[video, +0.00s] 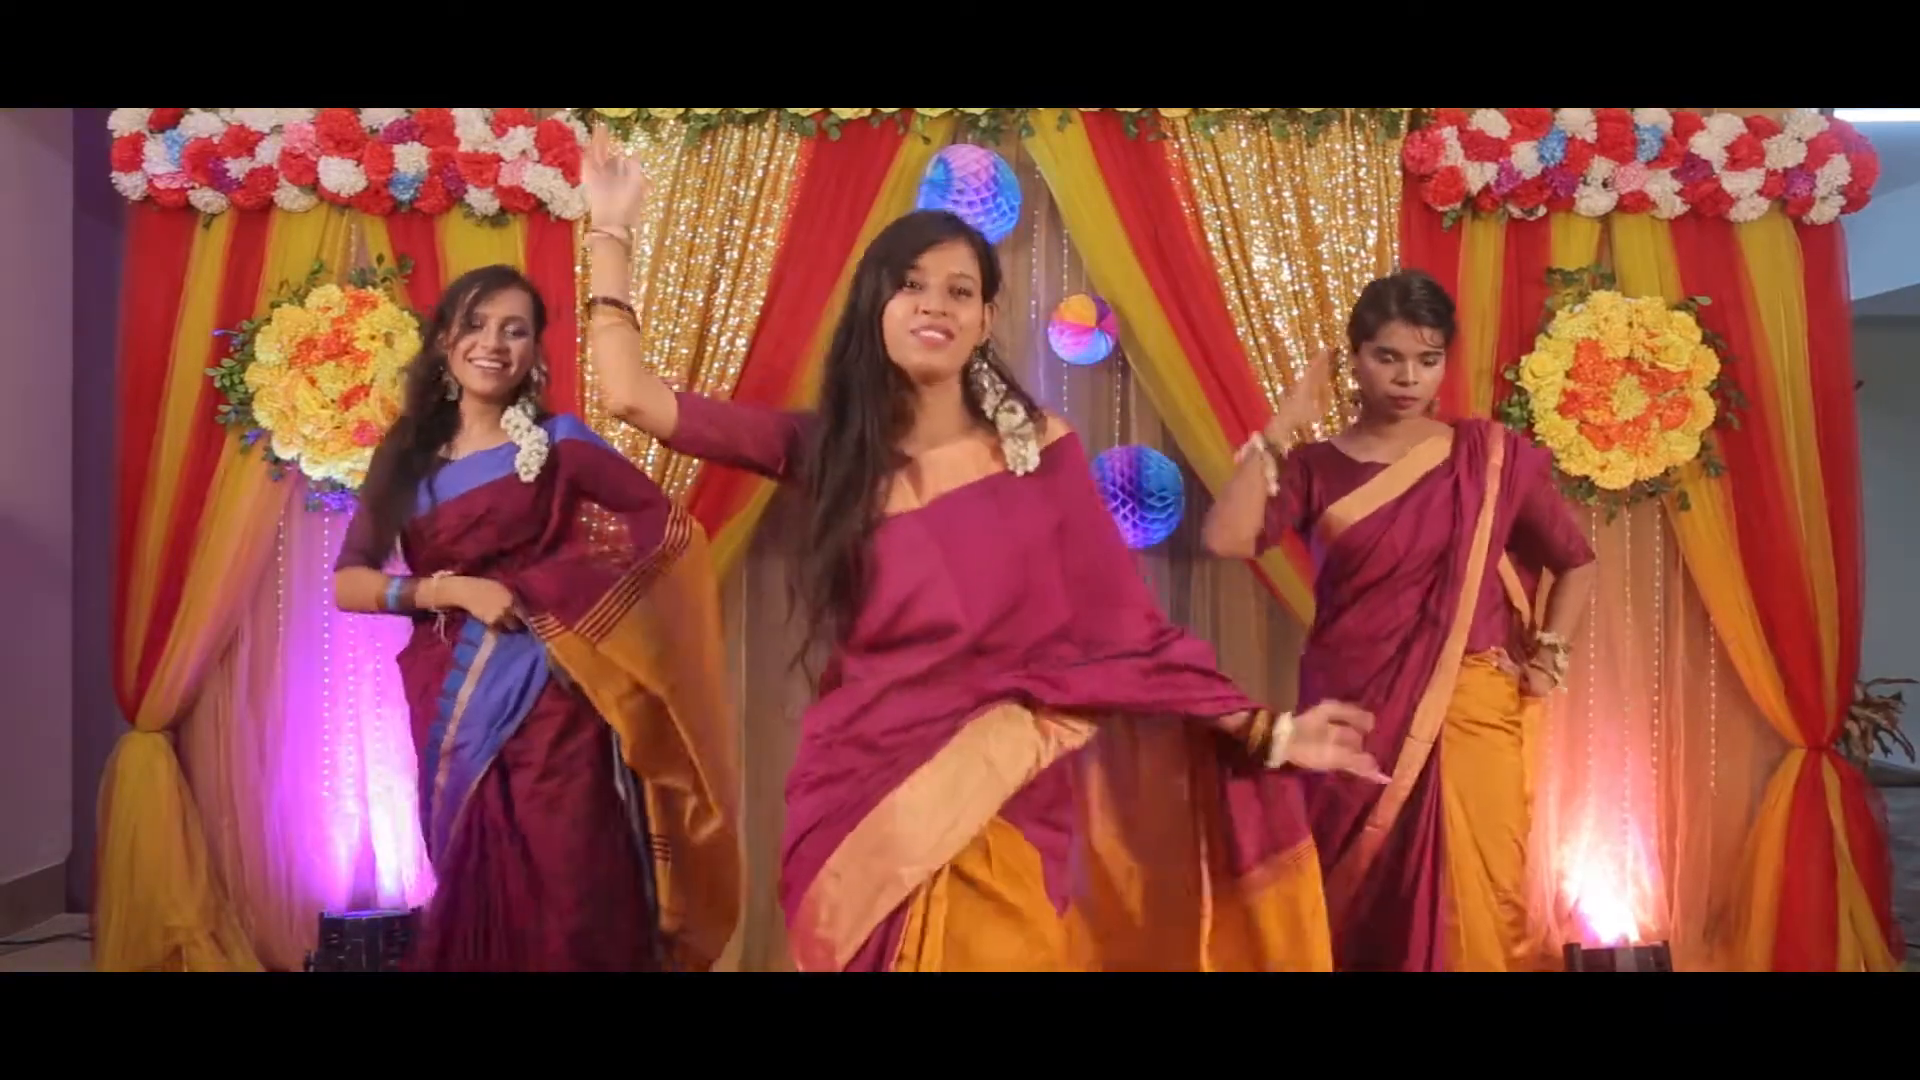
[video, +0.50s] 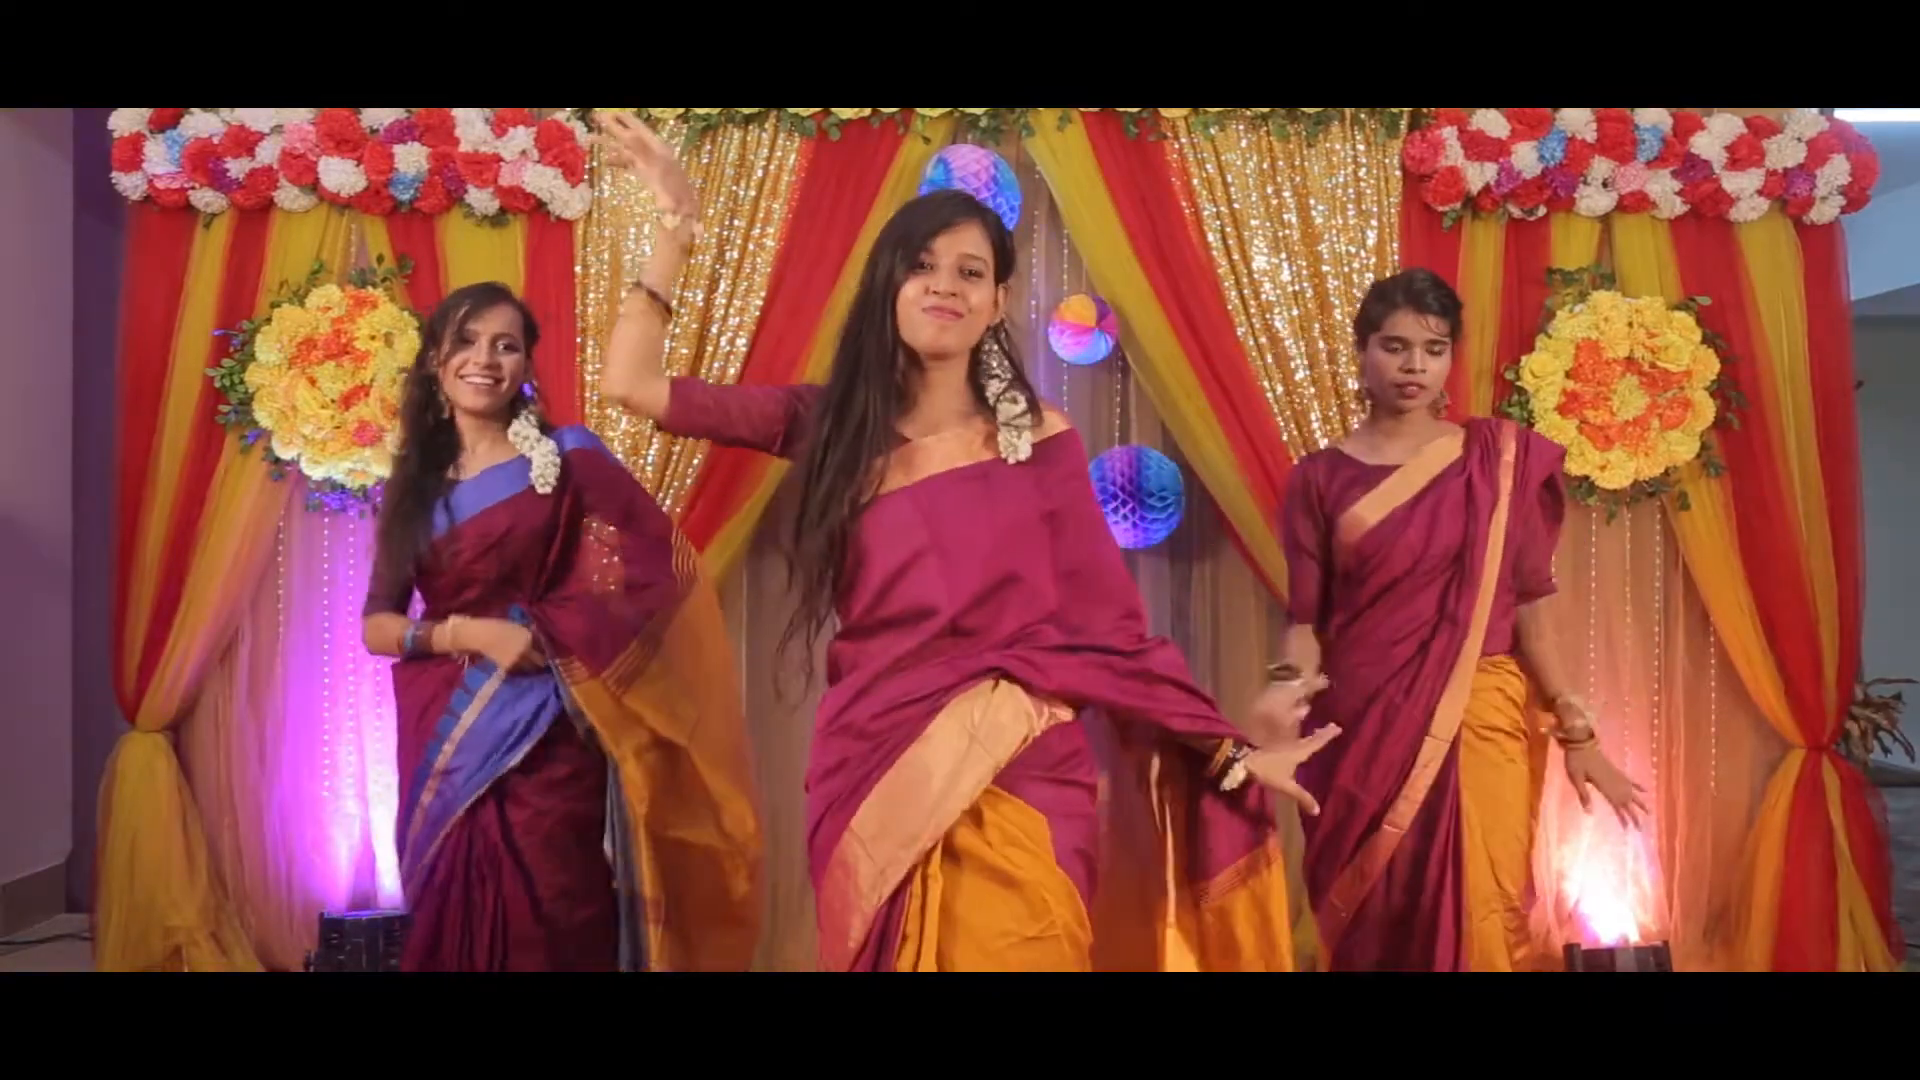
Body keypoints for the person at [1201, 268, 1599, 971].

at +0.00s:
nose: (1409, 378)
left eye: (1428, 359)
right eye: (1389, 357)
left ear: (1448, 359)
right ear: (1355, 356)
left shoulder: (1493, 453)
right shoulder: (1316, 467)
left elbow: (1573, 558)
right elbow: (1223, 537)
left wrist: (1551, 651)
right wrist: (1280, 429)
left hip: (1469, 711)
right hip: (1349, 718)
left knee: (1471, 917)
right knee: (1349, 921)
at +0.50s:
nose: (1415, 365)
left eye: (1434, 349)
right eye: (1396, 345)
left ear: (1453, 358)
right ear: (1360, 352)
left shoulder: (1503, 456)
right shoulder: (1320, 479)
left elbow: (1531, 612)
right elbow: (1304, 623)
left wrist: (1579, 737)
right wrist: (1290, 696)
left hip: (1481, 729)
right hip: (1361, 735)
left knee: (1475, 933)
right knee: (1365, 935)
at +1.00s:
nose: (1420, 358)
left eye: (1437, 342)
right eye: (1398, 341)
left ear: (1453, 356)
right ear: (1360, 352)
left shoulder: (1463, 473)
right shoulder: (1326, 446)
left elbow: (1499, 617)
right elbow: (1346, 578)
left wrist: (1605, 680)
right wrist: (1438, 499)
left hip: (1471, 731)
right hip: (1374, 729)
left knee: (1486, 924)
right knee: (1389, 928)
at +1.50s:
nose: (1414, 402)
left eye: (1431, 382)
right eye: (1394, 383)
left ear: (1451, 383)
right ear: (1362, 387)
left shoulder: (1501, 471)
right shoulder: (1322, 483)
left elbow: (1632, 553)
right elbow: (1250, 566)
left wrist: (1517, 523)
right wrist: (1311, 517)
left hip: (1463, 716)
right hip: (1348, 720)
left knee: (1464, 907)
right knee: (1356, 912)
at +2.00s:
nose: (1406, 320)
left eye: (1424, 307)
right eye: (1384, 305)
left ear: (1445, 334)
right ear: (1351, 329)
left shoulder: (1498, 442)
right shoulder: (1328, 444)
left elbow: (1539, 583)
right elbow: (1252, 323)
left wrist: (1594, 687)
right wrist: (1336, 228)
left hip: (1500, 690)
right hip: (1381, 704)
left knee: (1492, 915)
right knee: (1389, 917)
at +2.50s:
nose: (1400, 325)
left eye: (1424, 312)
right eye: (1387, 307)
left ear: (1457, 337)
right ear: (1367, 322)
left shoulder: (1503, 437)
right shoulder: (1335, 439)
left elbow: (1533, 598)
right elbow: (1277, 537)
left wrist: (1565, 734)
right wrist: (1325, 451)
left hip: (1471, 695)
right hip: (1360, 699)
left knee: (1472, 915)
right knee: (1370, 909)